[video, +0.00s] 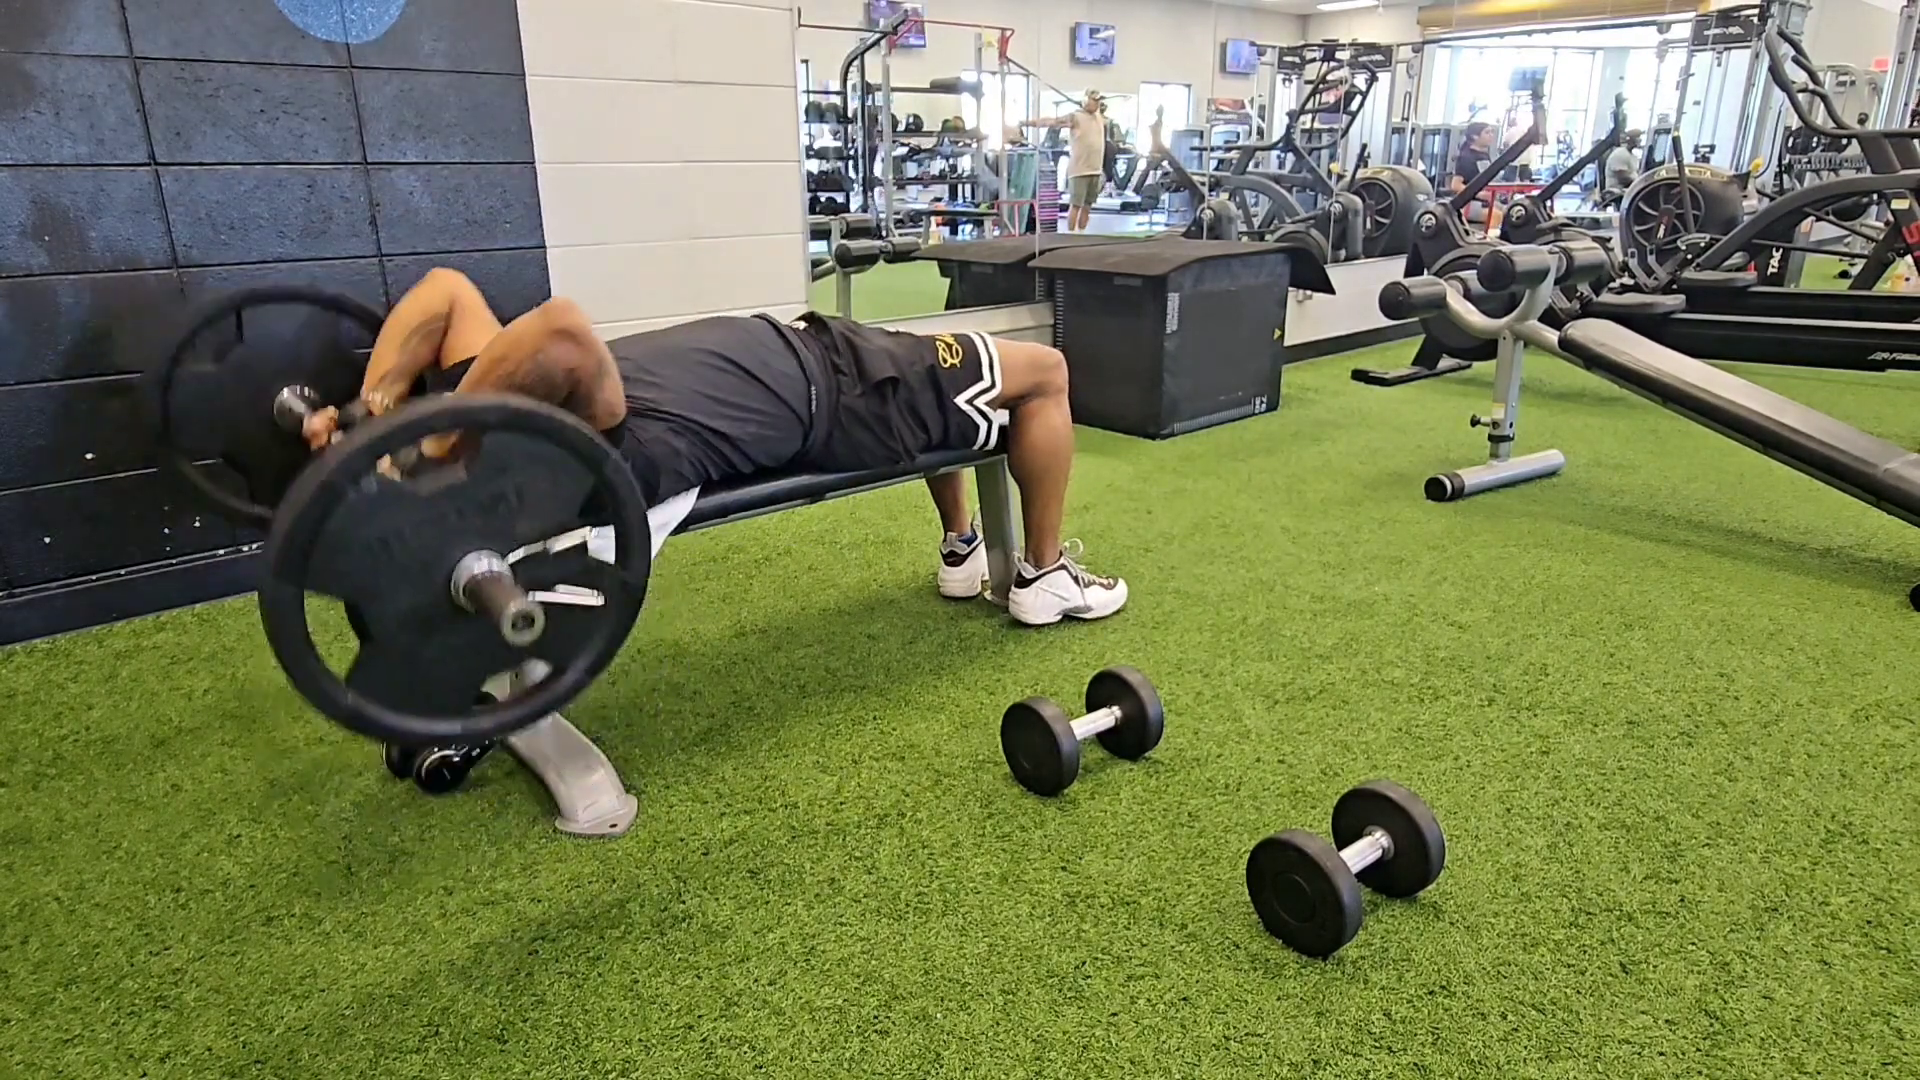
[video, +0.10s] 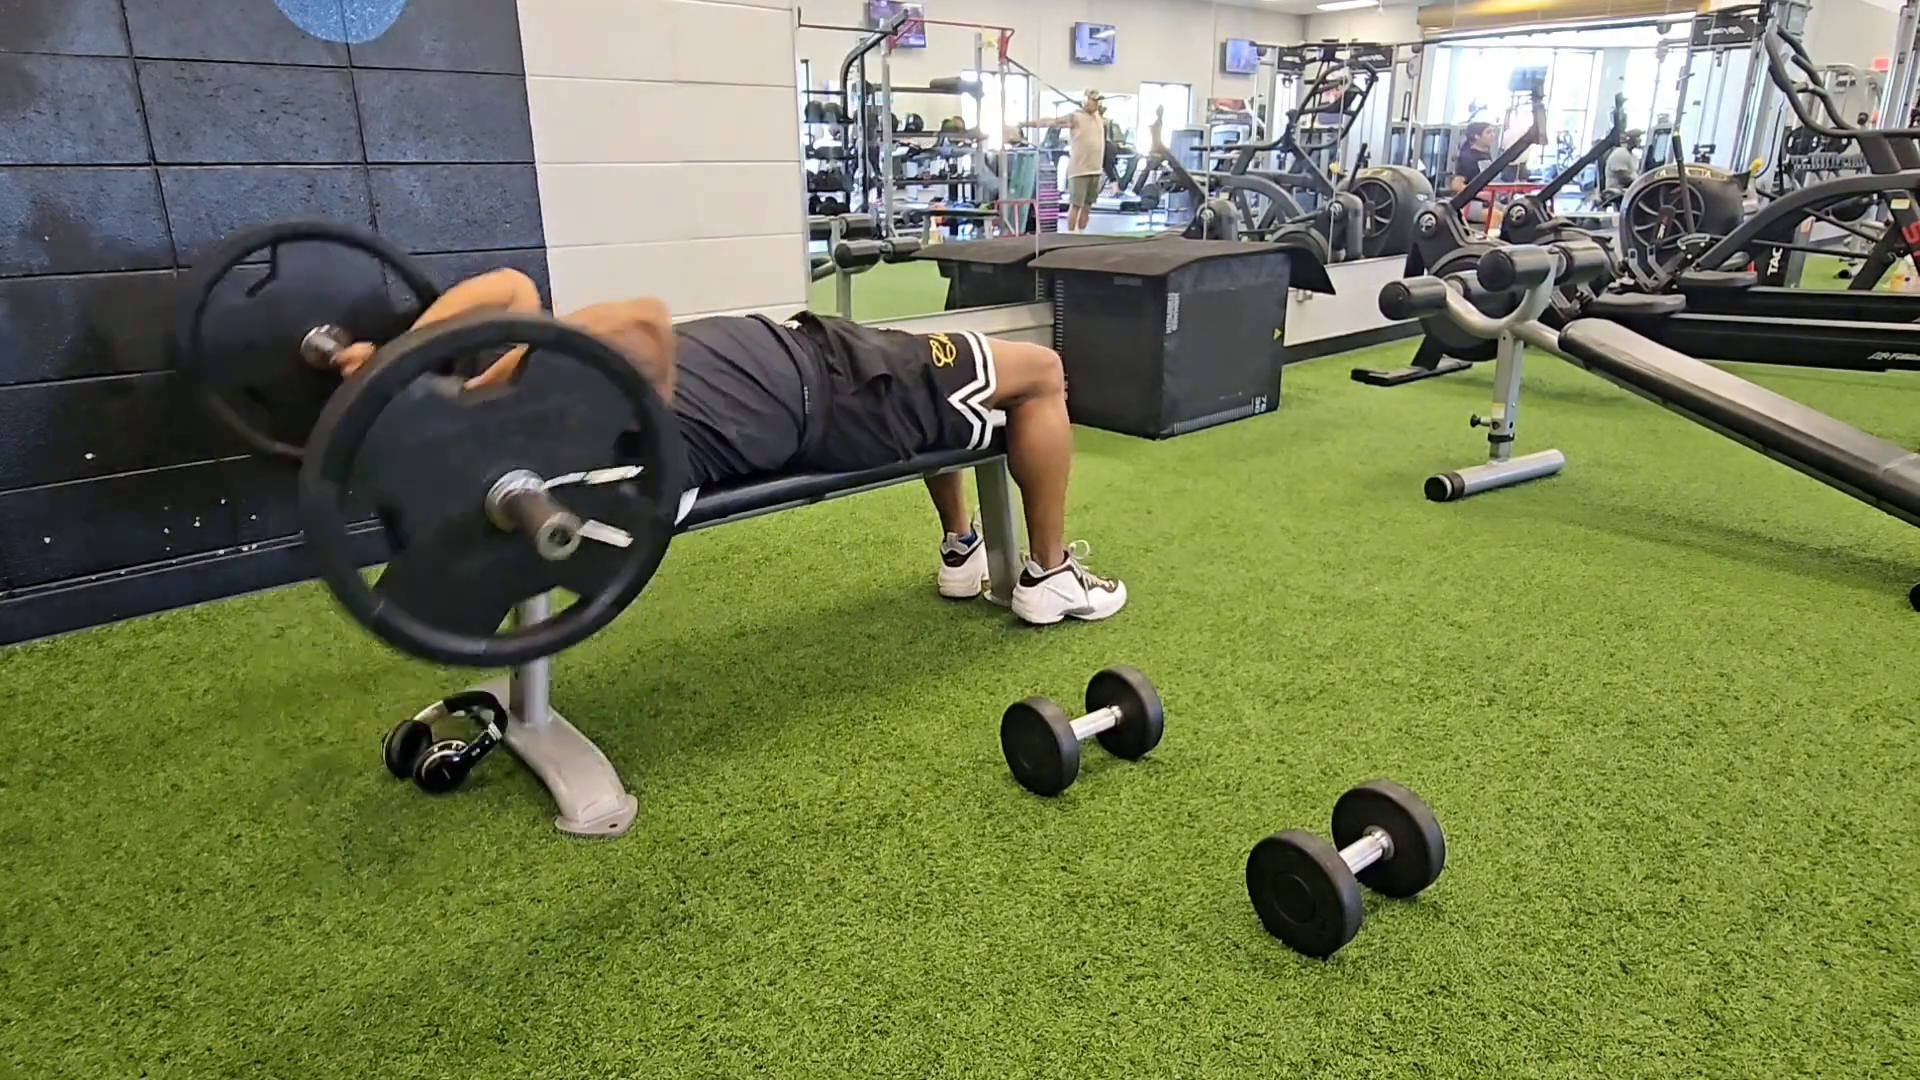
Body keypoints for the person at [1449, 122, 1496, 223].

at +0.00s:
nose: (1491, 135)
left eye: (1491, 132)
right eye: (1487, 132)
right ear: (1474, 136)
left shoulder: (1486, 155)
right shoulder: (1466, 156)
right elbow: (1456, 185)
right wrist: (1480, 194)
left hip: (1488, 201)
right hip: (1469, 203)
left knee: (1508, 211)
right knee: (1496, 215)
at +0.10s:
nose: (1493, 135)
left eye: (1493, 132)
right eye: (1488, 132)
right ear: (1476, 136)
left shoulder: (1487, 154)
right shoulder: (1467, 155)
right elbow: (1456, 184)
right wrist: (1481, 194)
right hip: (1472, 203)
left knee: (1511, 212)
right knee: (1497, 216)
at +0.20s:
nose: (1494, 135)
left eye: (1494, 132)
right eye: (1490, 132)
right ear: (1477, 136)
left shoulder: (1487, 154)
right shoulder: (1467, 155)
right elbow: (1458, 185)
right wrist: (1483, 195)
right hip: (1471, 202)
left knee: (1510, 211)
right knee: (1496, 216)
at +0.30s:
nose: (1494, 135)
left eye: (1494, 132)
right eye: (1490, 132)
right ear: (1478, 135)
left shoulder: (1488, 155)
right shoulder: (1468, 155)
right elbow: (1458, 186)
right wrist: (1484, 195)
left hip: (1489, 201)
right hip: (1470, 202)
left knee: (1509, 212)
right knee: (1496, 216)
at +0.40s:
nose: (1494, 136)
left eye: (1494, 132)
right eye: (1490, 132)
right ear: (1478, 135)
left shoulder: (1488, 155)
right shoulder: (1468, 155)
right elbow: (1459, 186)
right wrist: (1484, 195)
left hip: (1489, 201)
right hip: (1470, 202)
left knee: (1509, 211)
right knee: (1496, 215)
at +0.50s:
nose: (1493, 136)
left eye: (1493, 132)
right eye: (1490, 132)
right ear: (1478, 135)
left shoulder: (1488, 155)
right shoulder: (1468, 155)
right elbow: (1459, 186)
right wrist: (1484, 195)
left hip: (1489, 200)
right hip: (1470, 202)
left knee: (1509, 211)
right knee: (1496, 215)